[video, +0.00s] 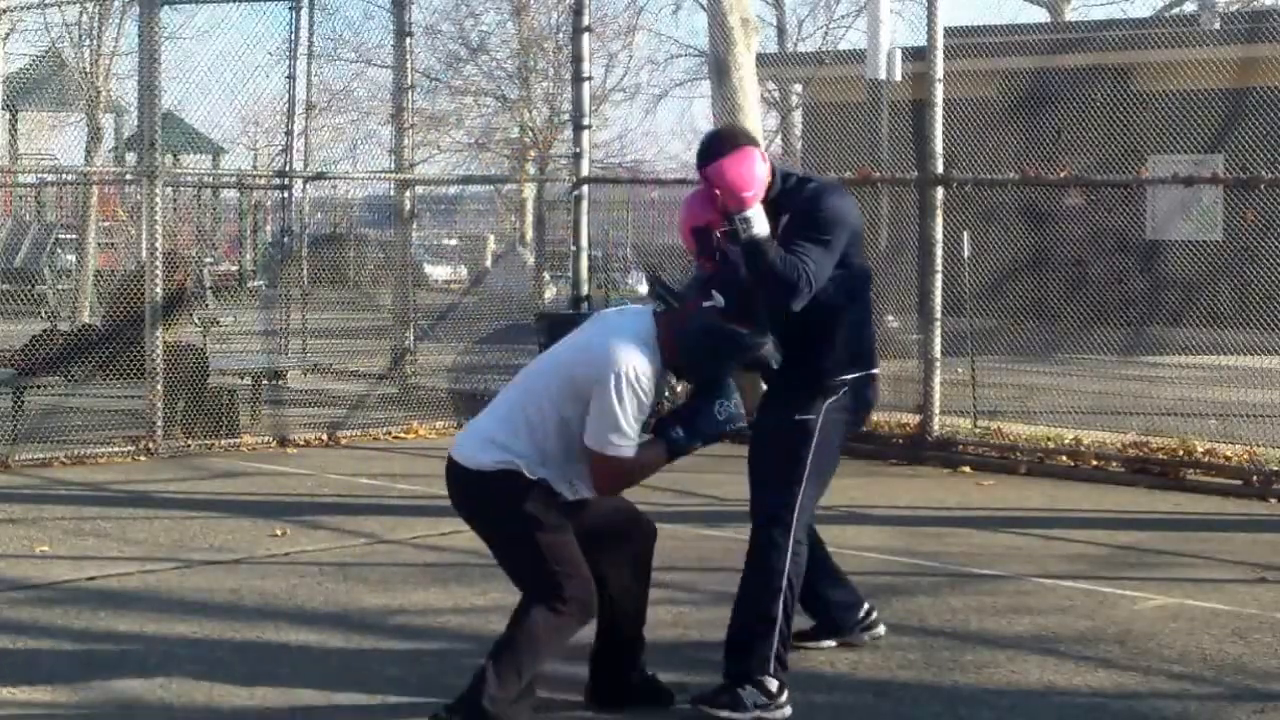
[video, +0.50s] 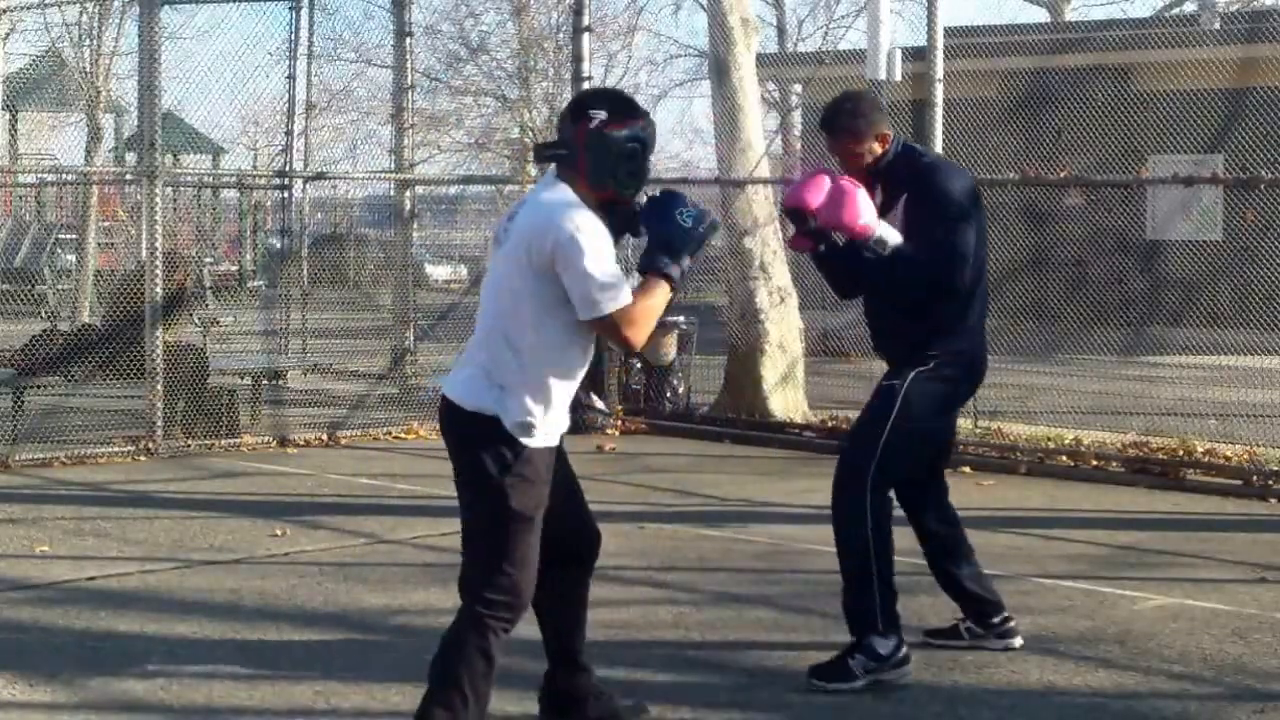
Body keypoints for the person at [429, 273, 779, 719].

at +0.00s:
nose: (715, 368)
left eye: (726, 358)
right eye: (719, 354)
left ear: (689, 311)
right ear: (695, 328)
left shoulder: (641, 325)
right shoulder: (625, 361)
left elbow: (632, 436)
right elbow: (608, 477)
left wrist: (684, 421)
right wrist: (683, 437)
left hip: (534, 467)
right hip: (492, 471)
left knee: (629, 535)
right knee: (568, 598)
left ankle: (616, 680)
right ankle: (476, 708)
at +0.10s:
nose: (703, 363)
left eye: (713, 350)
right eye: (697, 348)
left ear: (661, 317)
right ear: (664, 328)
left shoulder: (629, 319)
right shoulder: (594, 366)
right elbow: (570, 481)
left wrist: (649, 406)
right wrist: (645, 439)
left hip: (538, 464)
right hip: (477, 469)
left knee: (617, 552)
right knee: (532, 603)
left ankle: (616, 682)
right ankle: (449, 712)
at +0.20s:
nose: (678, 320)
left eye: (689, 309)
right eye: (671, 304)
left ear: (633, 272)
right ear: (640, 283)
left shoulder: (592, 283)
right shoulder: (575, 339)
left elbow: (521, 322)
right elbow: (563, 458)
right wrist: (628, 405)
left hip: (513, 452)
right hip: (467, 460)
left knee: (581, 557)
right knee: (524, 598)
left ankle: (604, 680)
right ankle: (449, 711)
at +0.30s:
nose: (649, 262)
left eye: (661, 245)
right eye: (643, 245)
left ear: (602, 220)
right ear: (612, 231)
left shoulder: (568, 252)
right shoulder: (562, 289)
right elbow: (572, 417)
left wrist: (616, 337)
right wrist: (630, 356)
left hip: (509, 435)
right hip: (463, 445)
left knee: (573, 543)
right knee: (517, 599)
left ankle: (572, 691)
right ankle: (447, 713)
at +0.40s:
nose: (640, 208)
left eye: (648, 192)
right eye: (631, 189)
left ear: (588, 178)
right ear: (593, 179)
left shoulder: (549, 226)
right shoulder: (558, 246)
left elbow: (558, 328)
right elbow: (593, 371)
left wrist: (616, 299)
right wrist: (642, 309)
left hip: (515, 425)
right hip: (474, 429)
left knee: (567, 545)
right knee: (504, 592)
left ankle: (568, 698)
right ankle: (446, 713)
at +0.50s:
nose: (635, 161)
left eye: (642, 147)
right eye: (622, 146)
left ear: (574, 150)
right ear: (580, 147)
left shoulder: (547, 206)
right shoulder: (569, 222)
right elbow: (631, 327)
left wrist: (625, 242)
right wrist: (668, 261)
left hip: (524, 419)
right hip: (500, 424)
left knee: (573, 544)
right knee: (498, 597)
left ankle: (570, 690)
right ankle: (446, 712)